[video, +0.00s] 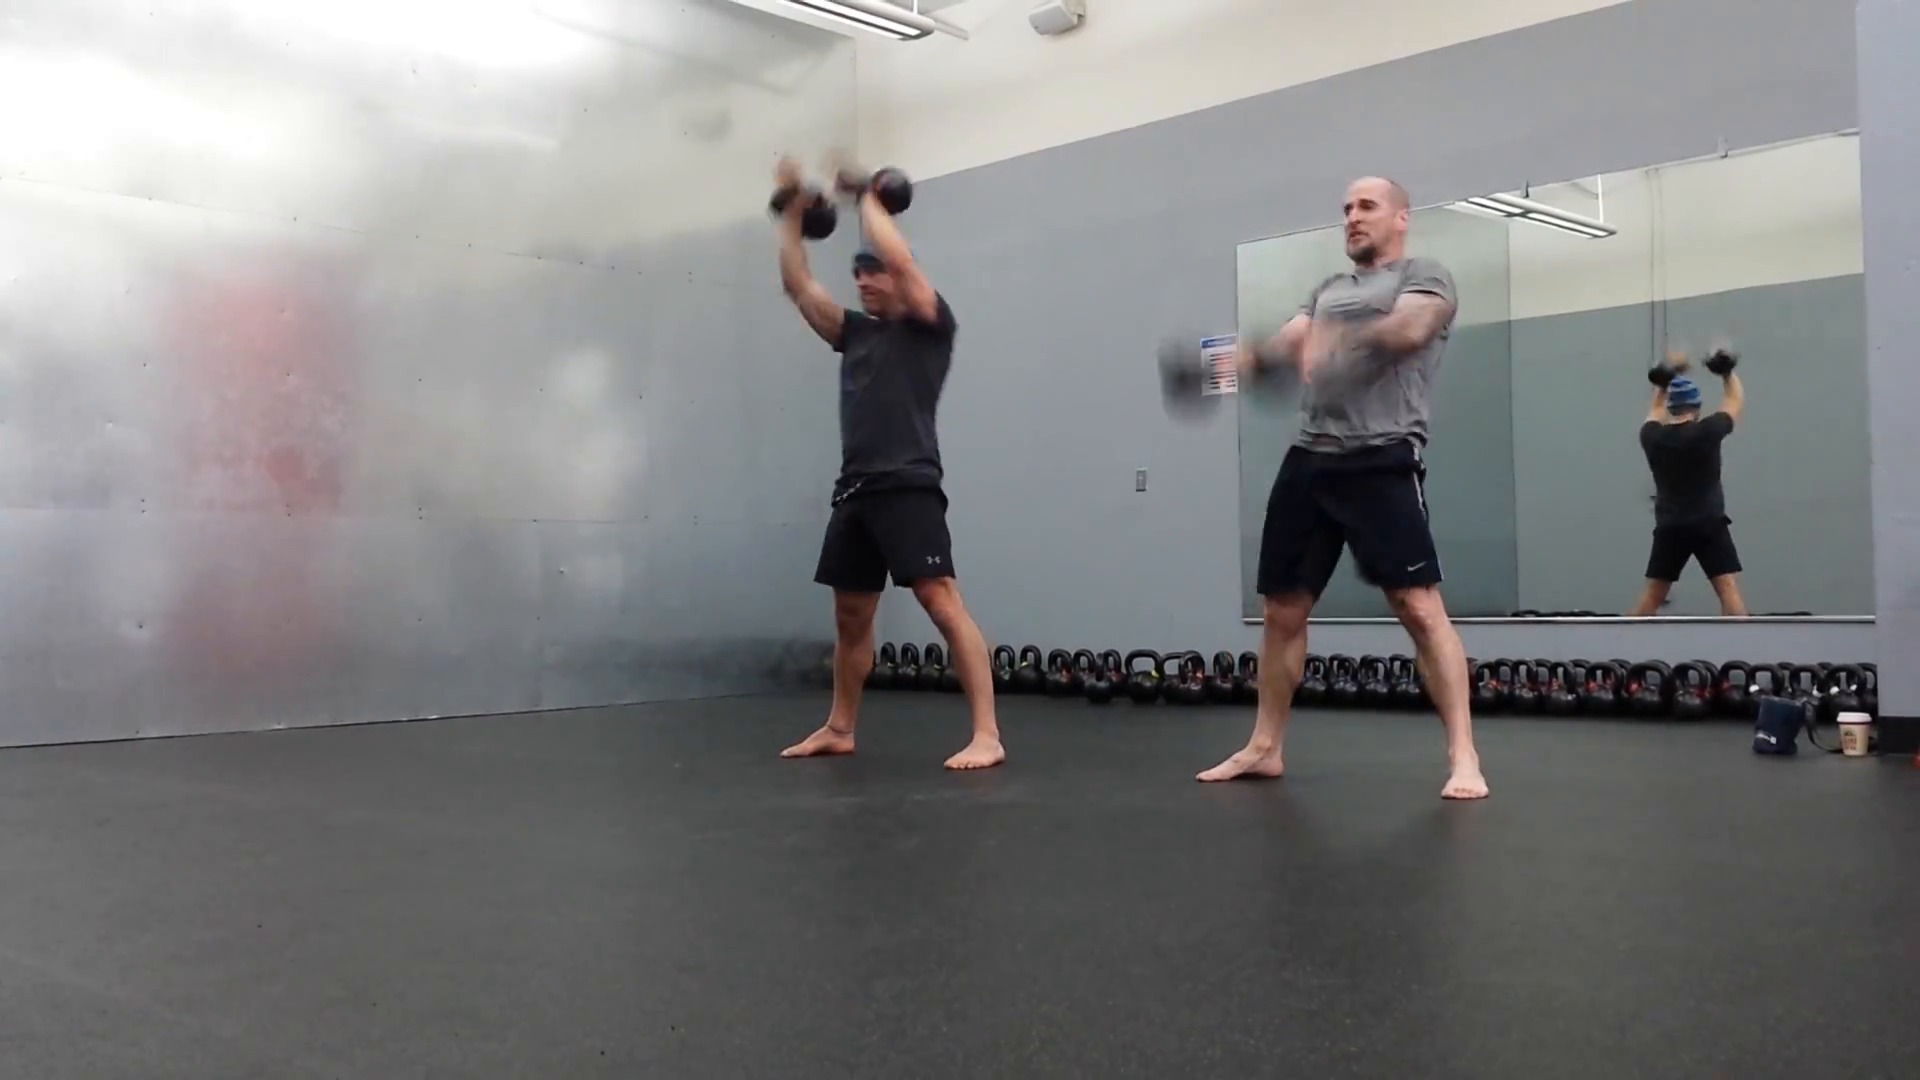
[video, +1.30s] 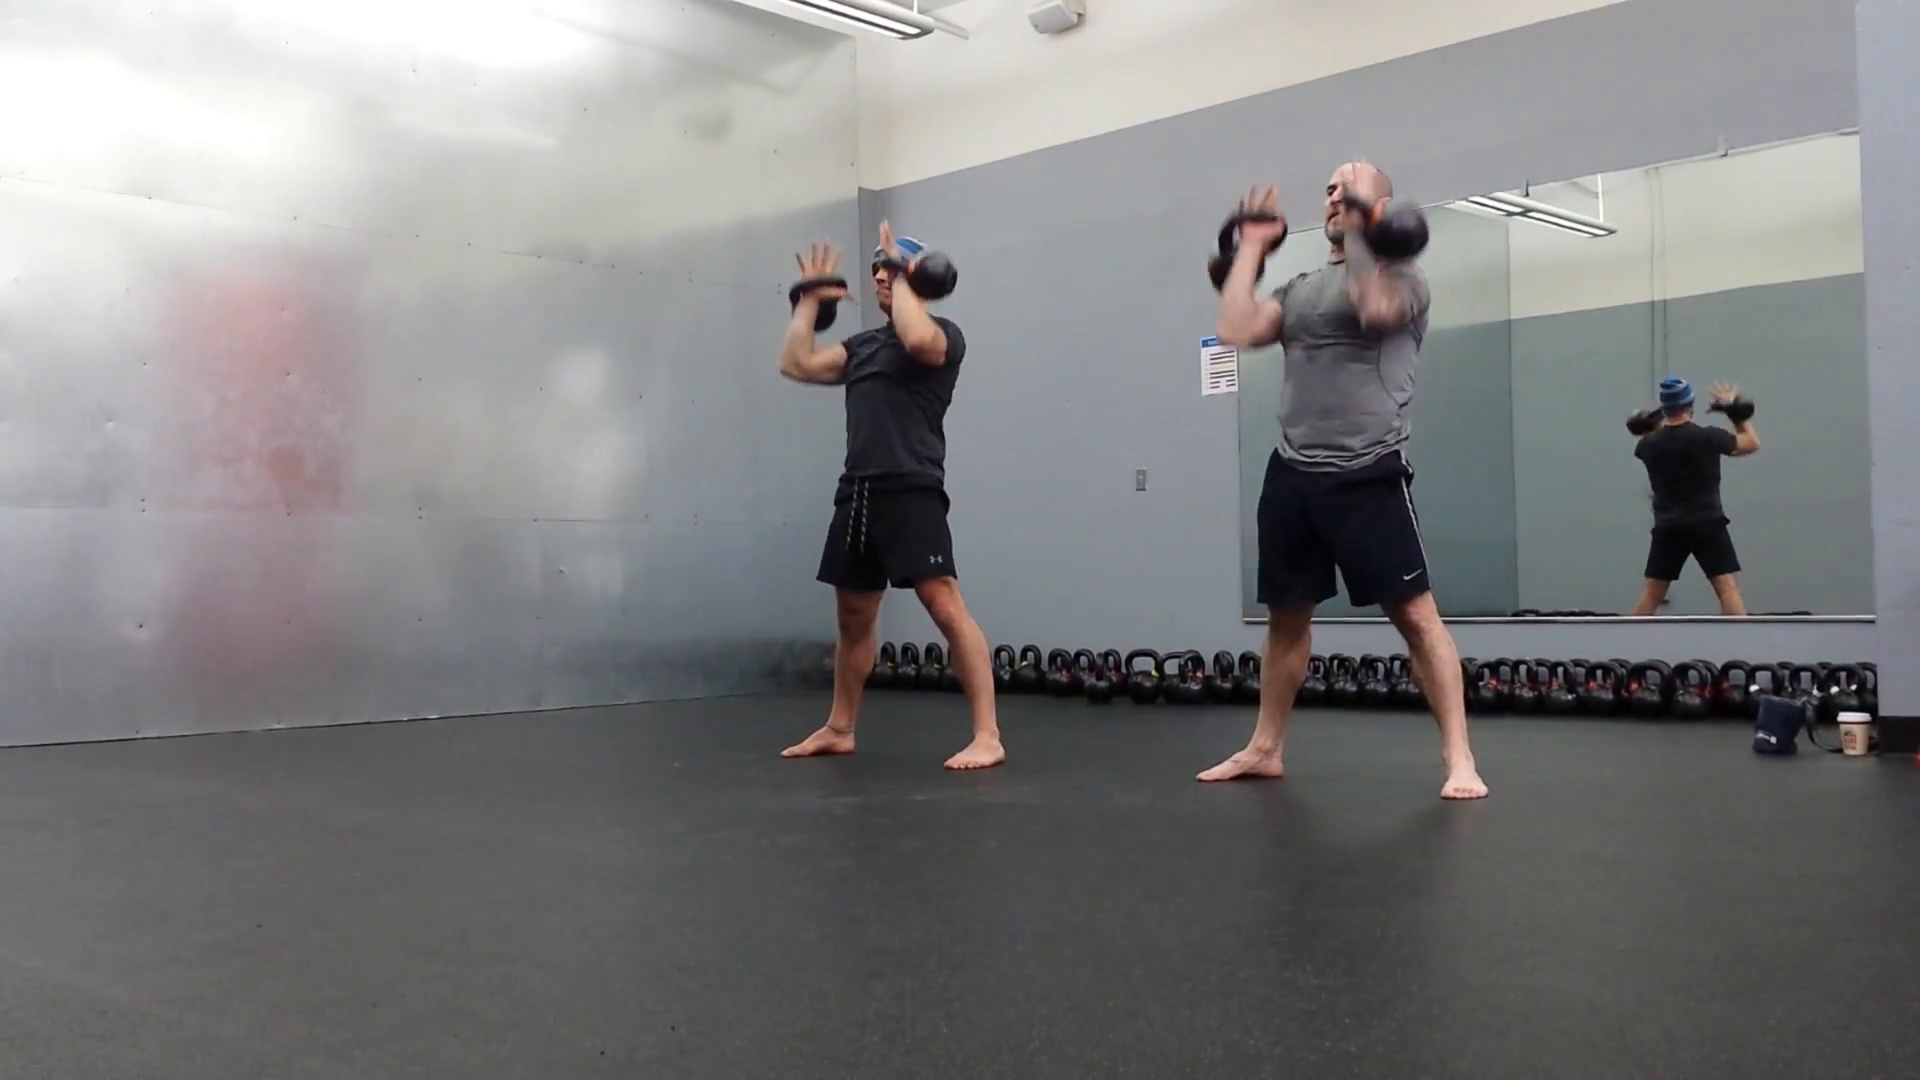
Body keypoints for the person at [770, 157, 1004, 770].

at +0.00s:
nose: (862, 279)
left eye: (875, 270)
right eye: (858, 271)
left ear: (901, 276)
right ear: (857, 279)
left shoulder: (931, 327)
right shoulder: (854, 332)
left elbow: (899, 261)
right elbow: (799, 285)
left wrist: (867, 197)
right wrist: (793, 215)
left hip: (911, 489)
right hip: (856, 492)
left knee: (943, 605)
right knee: (852, 617)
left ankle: (987, 736)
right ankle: (839, 729)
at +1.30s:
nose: (881, 277)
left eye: (894, 269)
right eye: (879, 269)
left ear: (921, 281)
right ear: (874, 284)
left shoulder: (943, 335)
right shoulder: (863, 345)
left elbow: (918, 341)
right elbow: (796, 363)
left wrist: (899, 276)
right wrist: (810, 300)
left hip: (913, 492)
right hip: (857, 493)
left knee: (945, 609)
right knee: (853, 618)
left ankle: (987, 737)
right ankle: (839, 728)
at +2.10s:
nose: (873, 281)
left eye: (882, 271)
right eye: (869, 274)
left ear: (913, 275)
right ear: (873, 282)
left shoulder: (943, 332)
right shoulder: (871, 340)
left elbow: (920, 395)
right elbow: (831, 411)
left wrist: (870, 345)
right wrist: (804, 364)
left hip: (922, 490)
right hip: (868, 492)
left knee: (945, 603)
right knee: (851, 612)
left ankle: (987, 736)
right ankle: (838, 727)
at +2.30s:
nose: (882, 308)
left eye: (890, 297)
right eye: (876, 298)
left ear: (920, 293)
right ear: (875, 300)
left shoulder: (957, 344)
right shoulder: (879, 356)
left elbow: (945, 418)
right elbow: (849, 420)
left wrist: (880, 430)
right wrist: (813, 442)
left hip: (952, 496)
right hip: (900, 498)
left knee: (951, 594)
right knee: (848, 605)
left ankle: (987, 736)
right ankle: (838, 727)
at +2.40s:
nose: (861, 327)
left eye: (869, 315)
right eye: (854, 318)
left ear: (898, 311)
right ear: (852, 319)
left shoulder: (939, 361)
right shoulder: (863, 377)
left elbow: (936, 446)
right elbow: (852, 451)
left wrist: (885, 501)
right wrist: (832, 510)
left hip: (957, 501)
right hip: (904, 508)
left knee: (956, 597)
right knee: (840, 605)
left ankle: (988, 736)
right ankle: (837, 726)